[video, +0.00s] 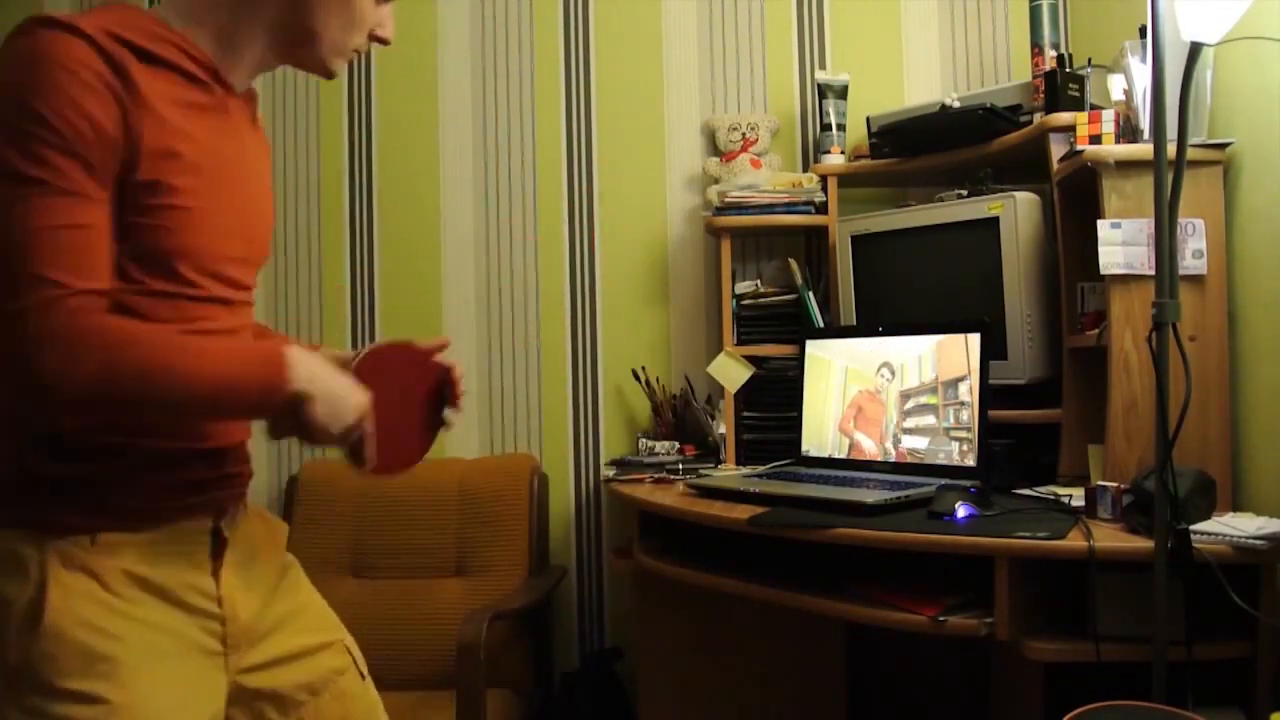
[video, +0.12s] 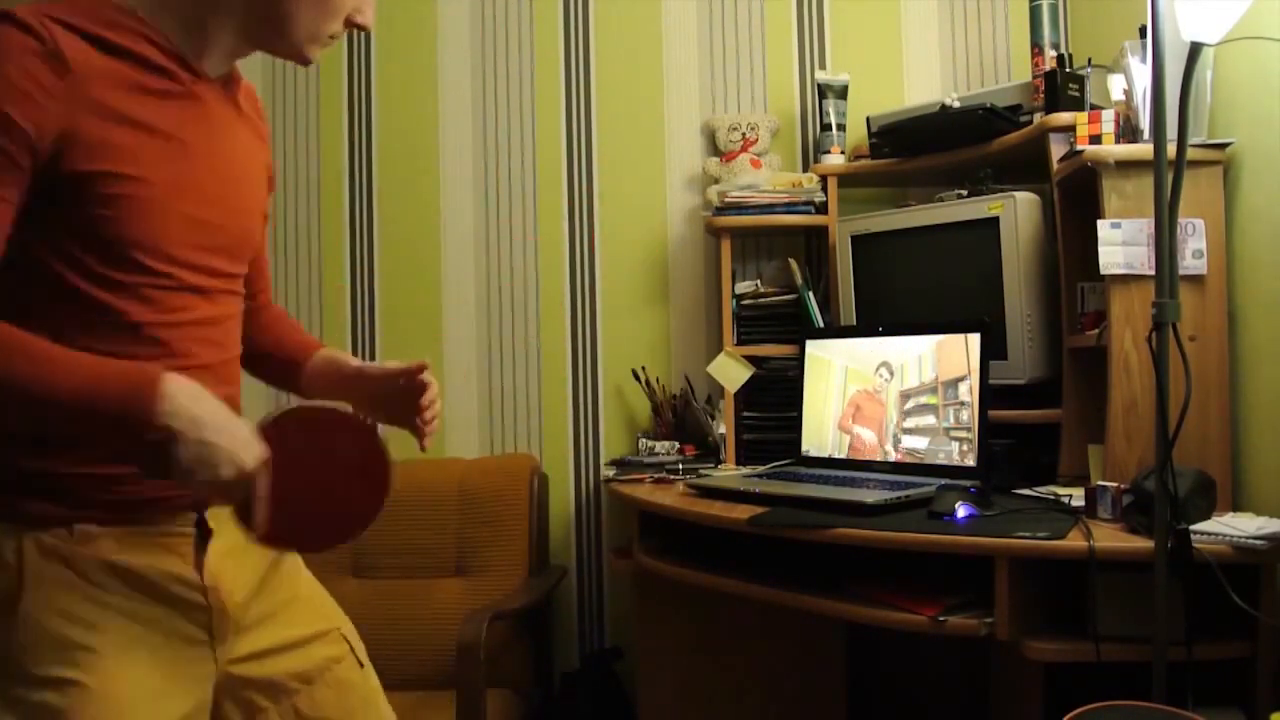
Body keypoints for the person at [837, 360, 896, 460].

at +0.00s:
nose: (883, 382)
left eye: (887, 380)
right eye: (881, 376)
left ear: (890, 383)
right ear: (876, 375)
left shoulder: (882, 404)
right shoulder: (860, 397)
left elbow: (881, 432)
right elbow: (843, 425)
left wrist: (887, 444)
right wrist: (863, 440)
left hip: (875, 457)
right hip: (857, 456)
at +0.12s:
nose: (882, 382)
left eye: (886, 380)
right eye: (880, 376)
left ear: (889, 383)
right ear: (874, 374)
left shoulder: (882, 404)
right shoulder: (858, 396)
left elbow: (881, 436)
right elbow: (842, 423)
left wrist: (888, 448)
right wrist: (861, 431)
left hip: (875, 456)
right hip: (856, 454)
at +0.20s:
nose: (881, 382)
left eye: (886, 380)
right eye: (880, 376)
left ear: (888, 383)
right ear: (874, 374)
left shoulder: (883, 404)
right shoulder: (858, 396)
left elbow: (882, 429)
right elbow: (842, 420)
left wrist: (884, 437)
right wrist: (860, 427)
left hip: (874, 454)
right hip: (857, 453)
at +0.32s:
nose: (882, 382)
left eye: (886, 380)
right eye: (881, 376)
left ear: (889, 383)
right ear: (875, 374)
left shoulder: (884, 403)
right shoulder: (859, 395)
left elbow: (885, 433)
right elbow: (842, 418)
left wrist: (891, 429)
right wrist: (859, 420)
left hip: (874, 453)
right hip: (857, 452)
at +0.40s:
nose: (883, 383)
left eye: (887, 381)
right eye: (882, 377)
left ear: (890, 384)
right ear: (876, 375)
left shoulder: (885, 403)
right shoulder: (861, 395)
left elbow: (887, 433)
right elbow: (843, 418)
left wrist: (890, 425)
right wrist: (860, 419)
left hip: (874, 452)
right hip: (857, 451)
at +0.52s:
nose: (885, 386)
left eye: (889, 384)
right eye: (884, 380)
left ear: (892, 387)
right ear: (879, 377)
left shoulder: (885, 404)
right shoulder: (864, 397)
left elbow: (889, 433)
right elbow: (846, 419)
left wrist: (892, 427)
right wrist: (867, 420)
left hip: (875, 454)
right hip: (860, 452)